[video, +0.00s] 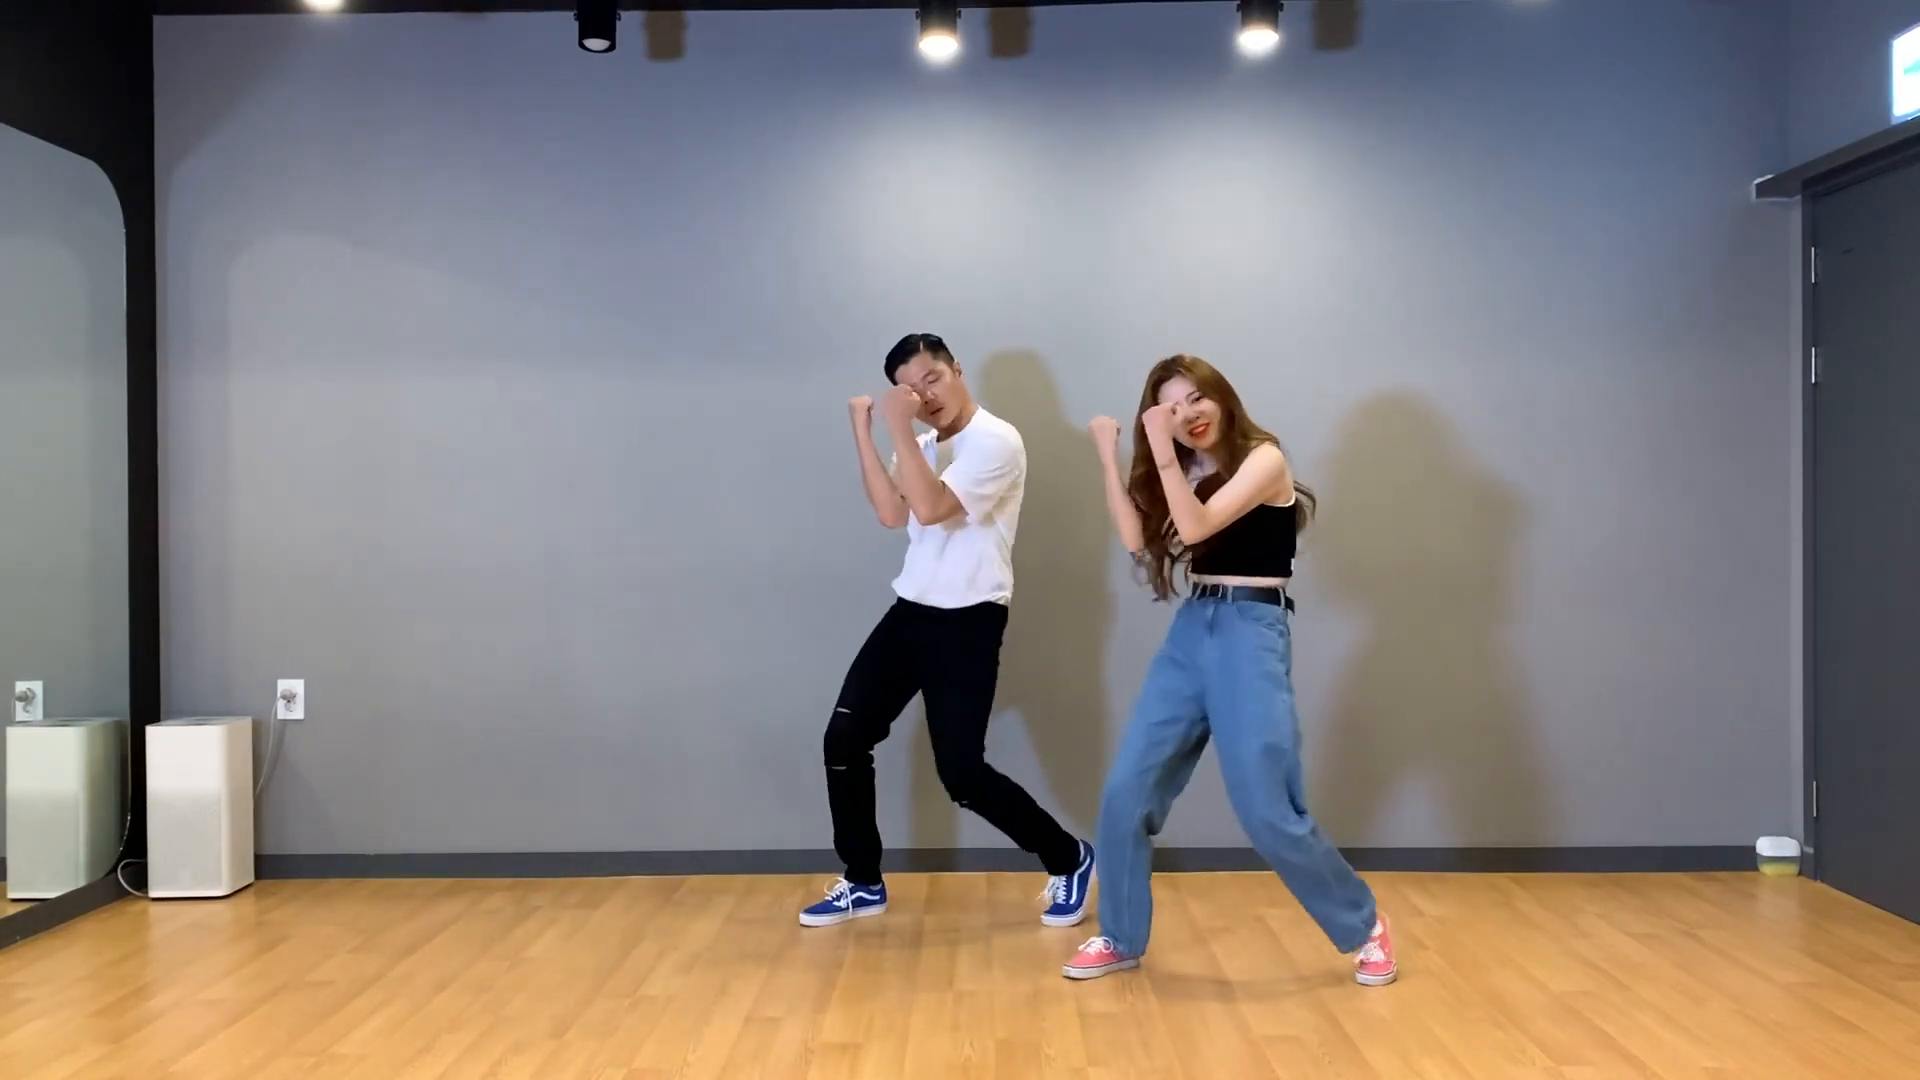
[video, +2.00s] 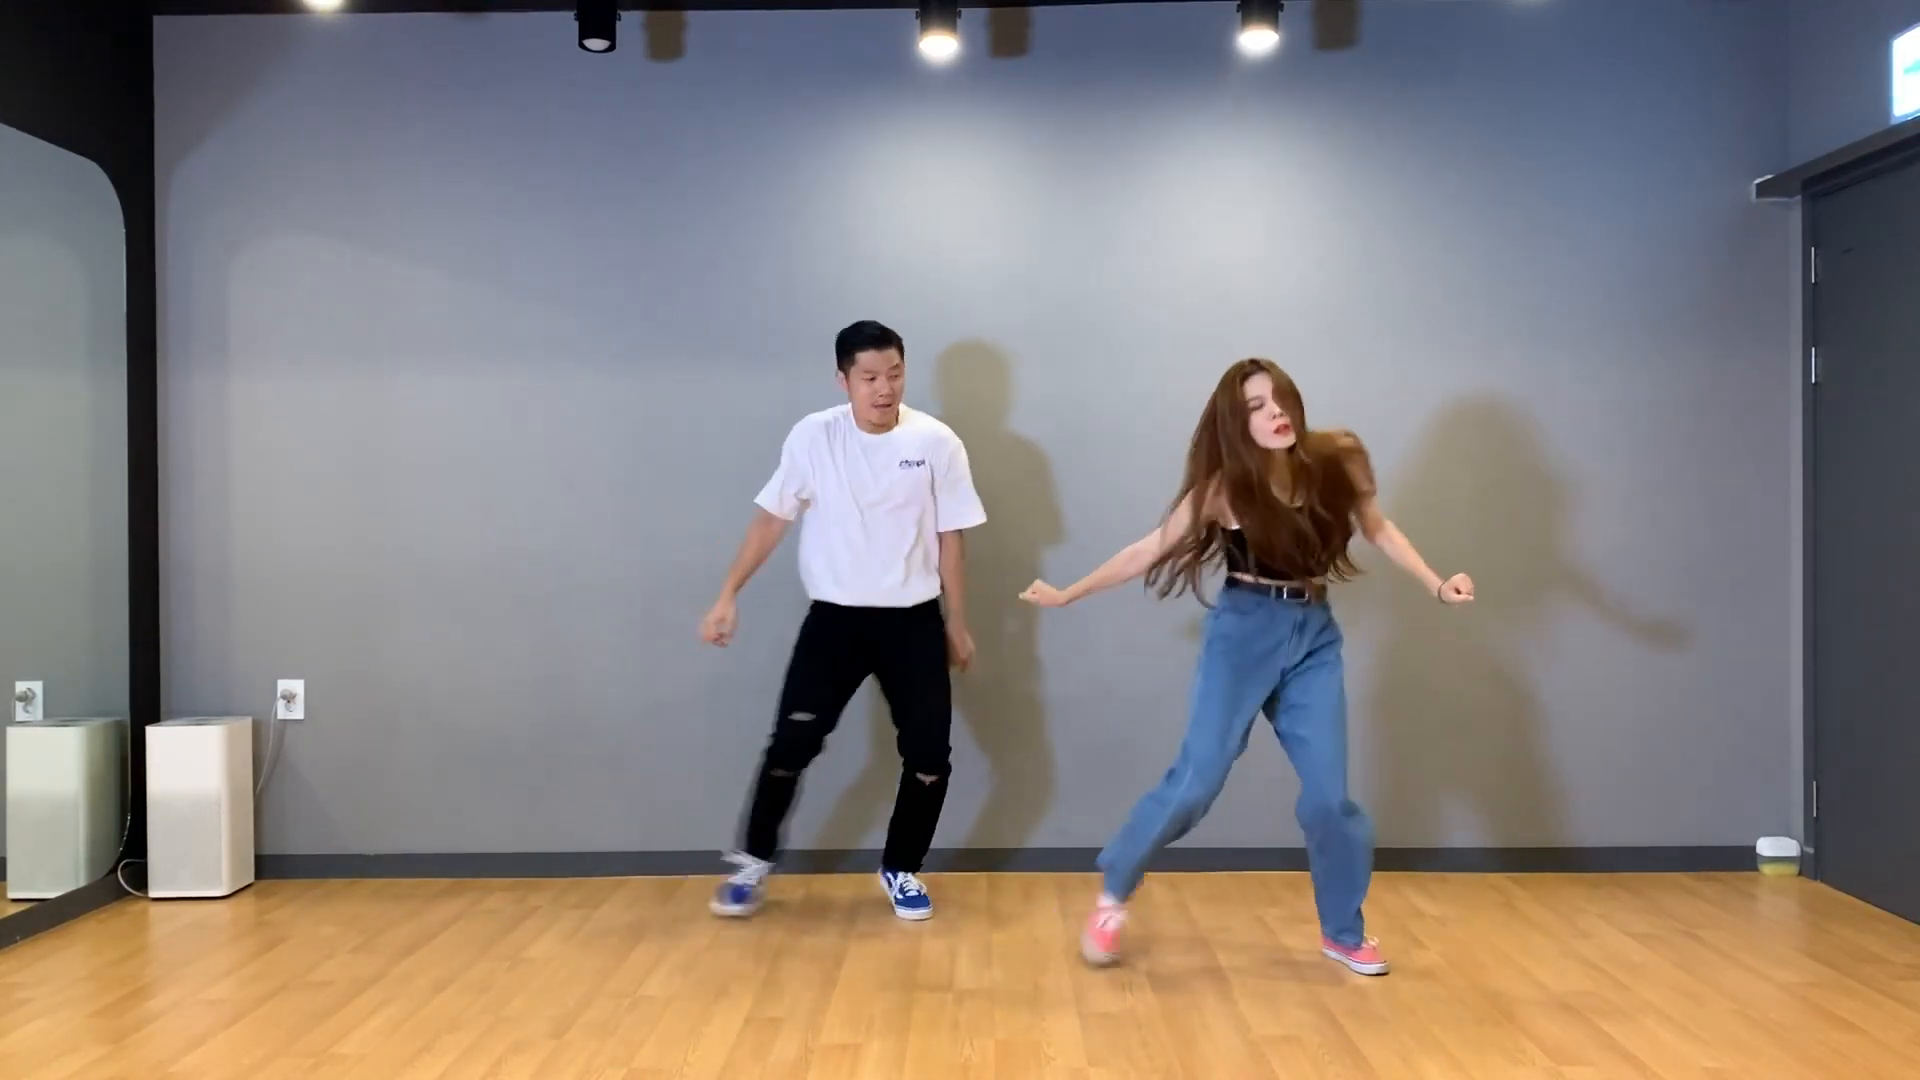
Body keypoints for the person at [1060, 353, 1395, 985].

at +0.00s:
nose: (1191, 415)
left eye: (1198, 398)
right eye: (1175, 410)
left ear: (1223, 398)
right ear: (1164, 422)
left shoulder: (1266, 459)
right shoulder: (1182, 472)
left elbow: (1195, 527)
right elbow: (1135, 537)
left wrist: (1161, 447)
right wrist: (1108, 455)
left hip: (1251, 629)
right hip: (1192, 626)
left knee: (1263, 808)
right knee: (1127, 789)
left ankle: (1364, 924)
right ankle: (1121, 938)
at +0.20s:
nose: (1185, 398)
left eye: (1194, 382)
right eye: (1171, 389)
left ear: (1222, 384)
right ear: (1162, 403)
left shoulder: (1257, 445)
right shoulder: (1163, 456)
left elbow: (1253, 473)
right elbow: (1064, 478)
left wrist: (1221, 422)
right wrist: (1104, 420)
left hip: (1256, 633)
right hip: (1190, 632)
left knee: (1300, 793)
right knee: (1136, 788)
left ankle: (1386, 933)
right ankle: (1119, 938)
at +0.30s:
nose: (1189, 390)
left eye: (1201, 377)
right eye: (1175, 381)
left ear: (1223, 385)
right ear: (1159, 394)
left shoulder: (1256, 446)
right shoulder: (1147, 447)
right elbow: (1054, 437)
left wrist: (1293, 456)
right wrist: (1094, 476)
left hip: (1265, 644)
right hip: (1190, 645)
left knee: (1316, 800)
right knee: (1138, 782)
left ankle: (1383, 934)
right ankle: (1125, 934)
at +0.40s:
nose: (1214, 387)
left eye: (1225, 373)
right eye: (1198, 378)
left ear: (1246, 380)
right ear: (1181, 392)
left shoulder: (1280, 429)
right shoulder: (1165, 459)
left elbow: (1350, 503)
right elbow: (1094, 539)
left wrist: (1308, 572)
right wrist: (1053, 629)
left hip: (1265, 636)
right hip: (1183, 634)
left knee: (1311, 793)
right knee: (1115, 776)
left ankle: (1335, 931)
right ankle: (1119, 932)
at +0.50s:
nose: (1228, 399)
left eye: (1240, 385)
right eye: (1212, 390)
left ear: (1262, 391)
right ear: (1198, 403)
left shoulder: (1290, 434)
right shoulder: (1181, 476)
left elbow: (1318, 530)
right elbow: (1162, 578)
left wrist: (1299, 612)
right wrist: (1127, 678)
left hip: (1263, 642)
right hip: (1185, 632)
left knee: (1312, 800)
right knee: (1098, 765)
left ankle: (1337, 935)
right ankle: (1092, 920)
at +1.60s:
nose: (1247, 408)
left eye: (1258, 396)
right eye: (1232, 397)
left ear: (1276, 403)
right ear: (1210, 405)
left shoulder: (1303, 468)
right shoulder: (1189, 473)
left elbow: (1341, 541)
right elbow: (1129, 563)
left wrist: (1383, 607)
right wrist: (1053, 629)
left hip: (1257, 641)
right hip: (1178, 630)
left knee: (1311, 791)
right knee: (1108, 761)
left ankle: (1335, 930)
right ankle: (1099, 914)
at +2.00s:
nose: (1277, 412)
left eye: (1281, 399)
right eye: (1258, 406)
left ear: (1295, 403)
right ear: (1236, 423)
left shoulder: (1336, 460)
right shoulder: (1224, 487)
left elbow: (1378, 529)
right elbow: (1149, 551)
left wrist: (1437, 582)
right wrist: (1066, 595)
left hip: (1311, 632)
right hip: (1243, 629)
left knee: (1329, 796)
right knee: (1198, 784)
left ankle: (1343, 933)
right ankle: (1113, 891)